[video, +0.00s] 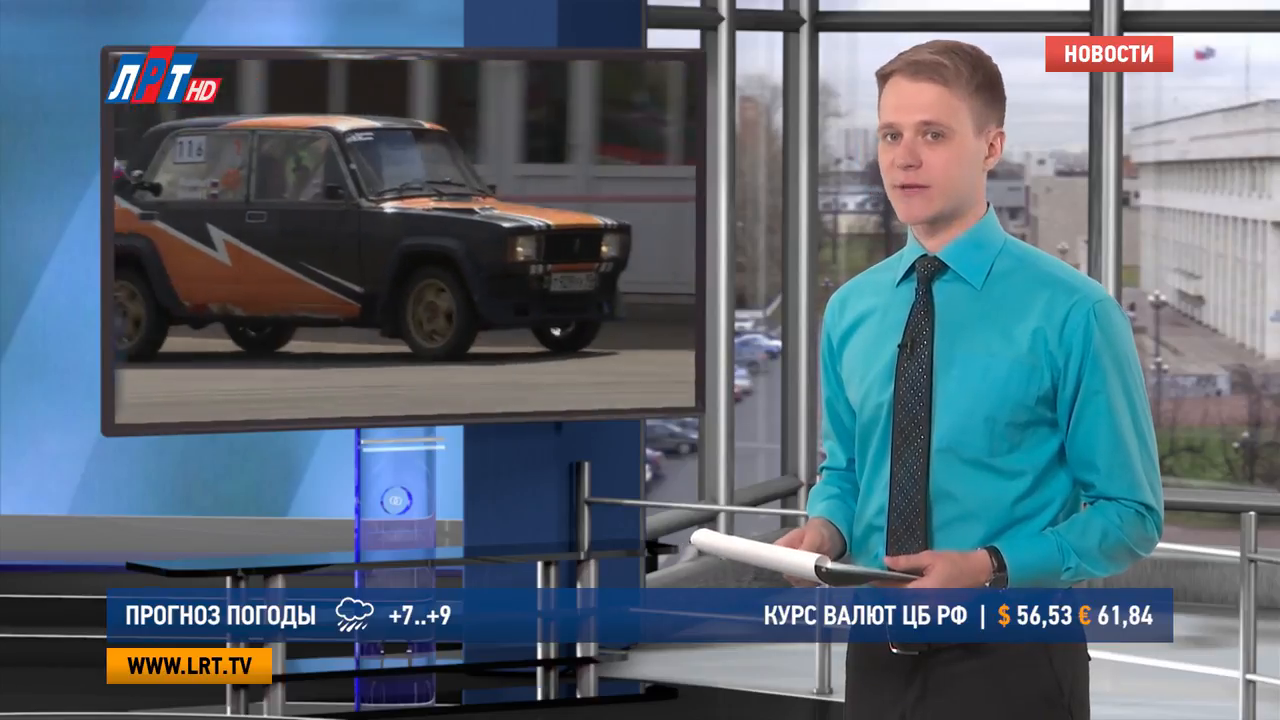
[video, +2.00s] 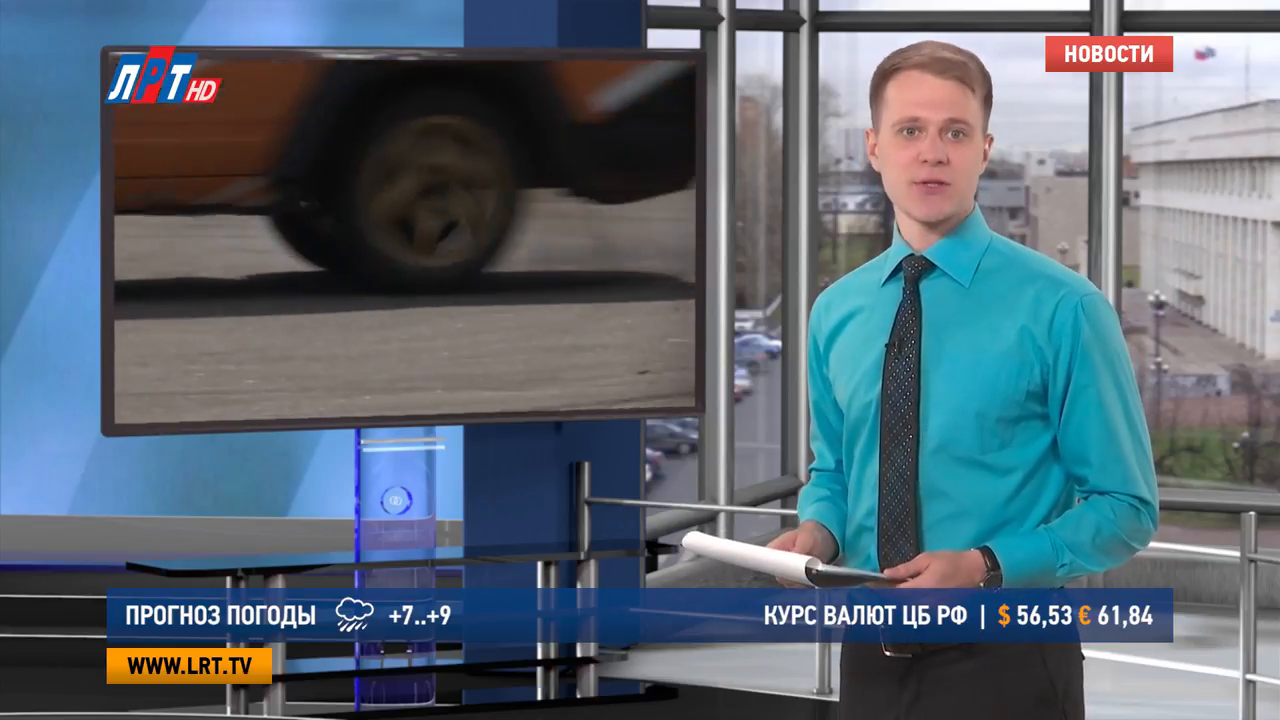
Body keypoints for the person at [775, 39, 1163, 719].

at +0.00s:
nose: (905, 158)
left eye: (933, 134)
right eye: (891, 135)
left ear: (991, 144)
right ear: (877, 145)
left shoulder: (1074, 312)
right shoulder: (850, 309)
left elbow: (1131, 512)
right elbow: (842, 470)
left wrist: (991, 566)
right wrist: (820, 533)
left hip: (1010, 659)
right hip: (877, 655)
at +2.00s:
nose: (932, 153)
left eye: (955, 132)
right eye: (911, 130)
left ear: (985, 149)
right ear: (874, 148)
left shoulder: (1062, 308)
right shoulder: (834, 311)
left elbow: (1127, 506)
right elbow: (831, 473)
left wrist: (987, 566)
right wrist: (812, 535)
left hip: (1005, 662)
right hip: (871, 660)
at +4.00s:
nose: (935, 161)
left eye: (959, 138)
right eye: (914, 137)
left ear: (994, 148)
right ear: (882, 148)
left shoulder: (1068, 310)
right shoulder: (844, 311)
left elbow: (1127, 510)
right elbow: (836, 472)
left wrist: (987, 564)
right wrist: (818, 531)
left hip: (1005, 663)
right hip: (871, 661)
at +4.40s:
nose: (934, 158)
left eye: (959, 136)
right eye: (914, 135)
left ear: (995, 150)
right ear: (884, 147)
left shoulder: (1070, 311)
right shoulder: (845, 309)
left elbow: (1128, 511)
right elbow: (836, 470)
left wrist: (989, 565)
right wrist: (820, 528)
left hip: (1006, 660)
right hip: (873, 658)